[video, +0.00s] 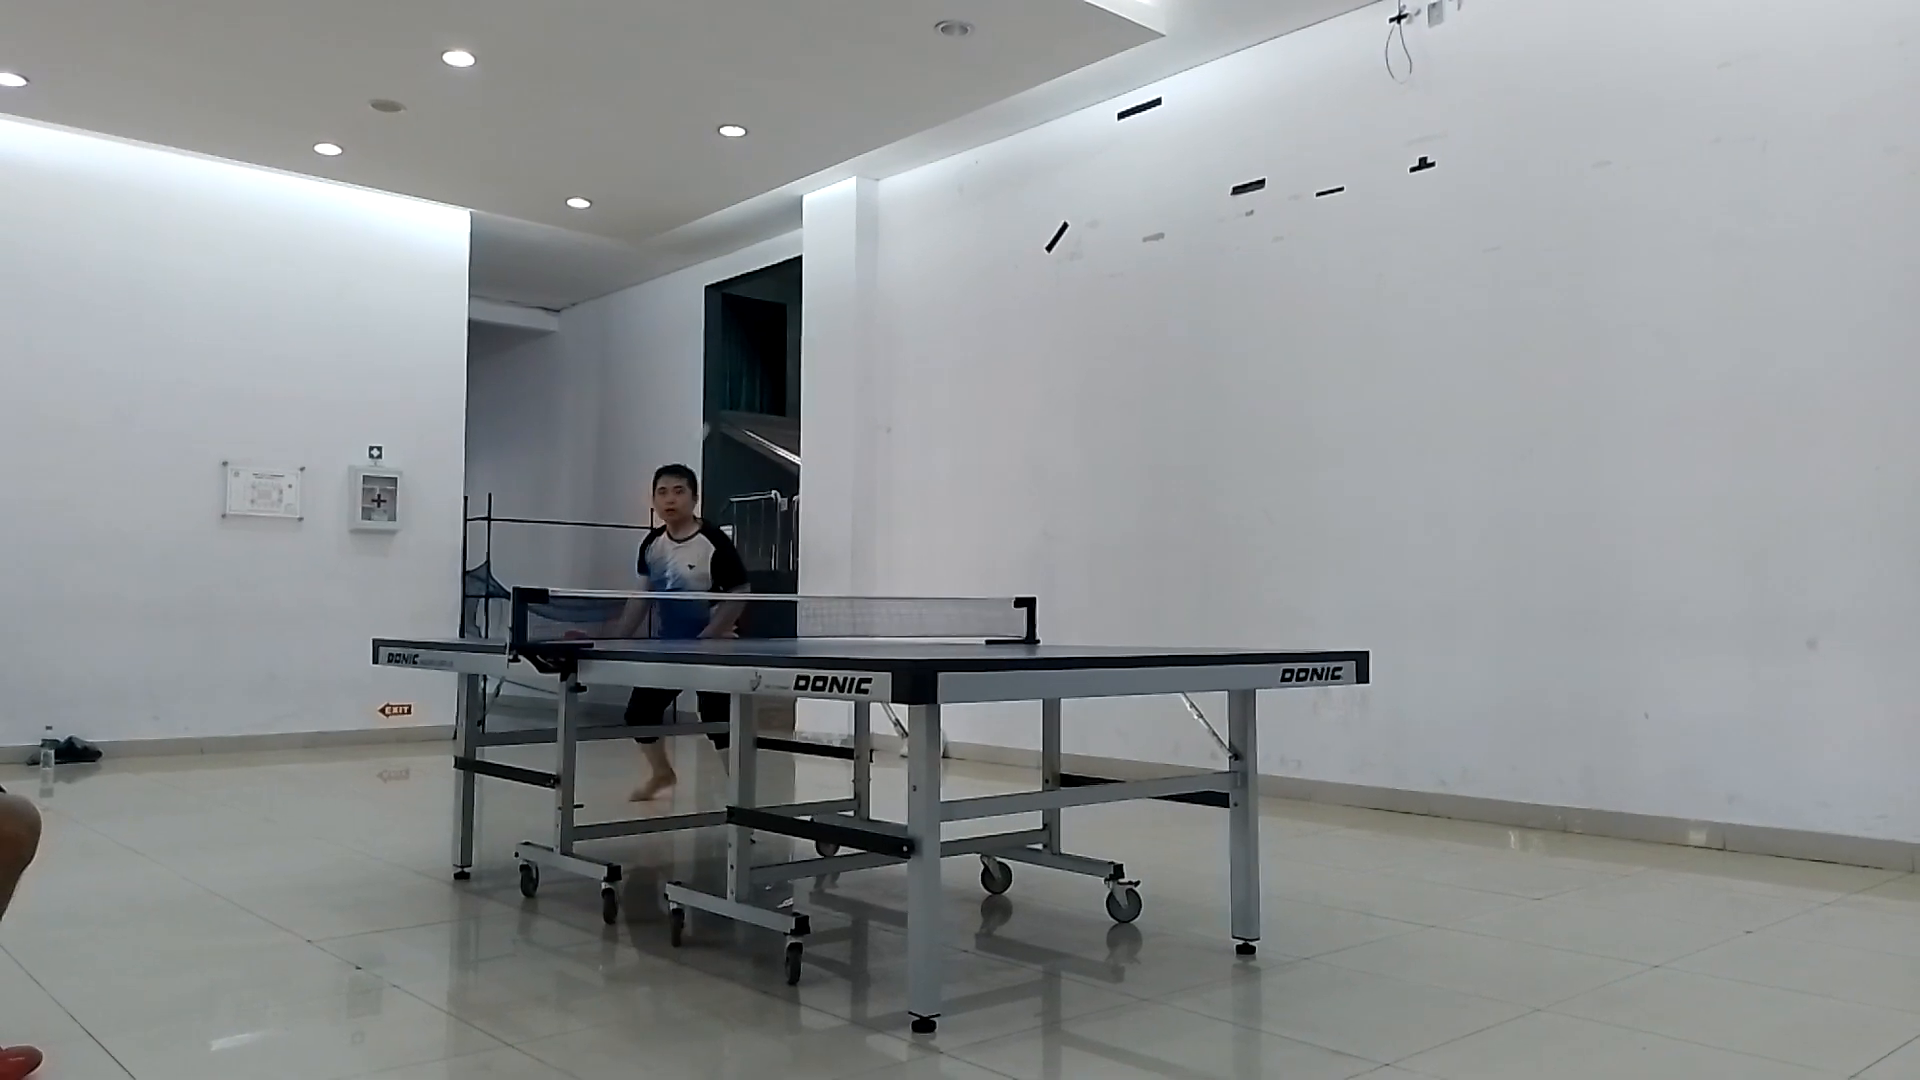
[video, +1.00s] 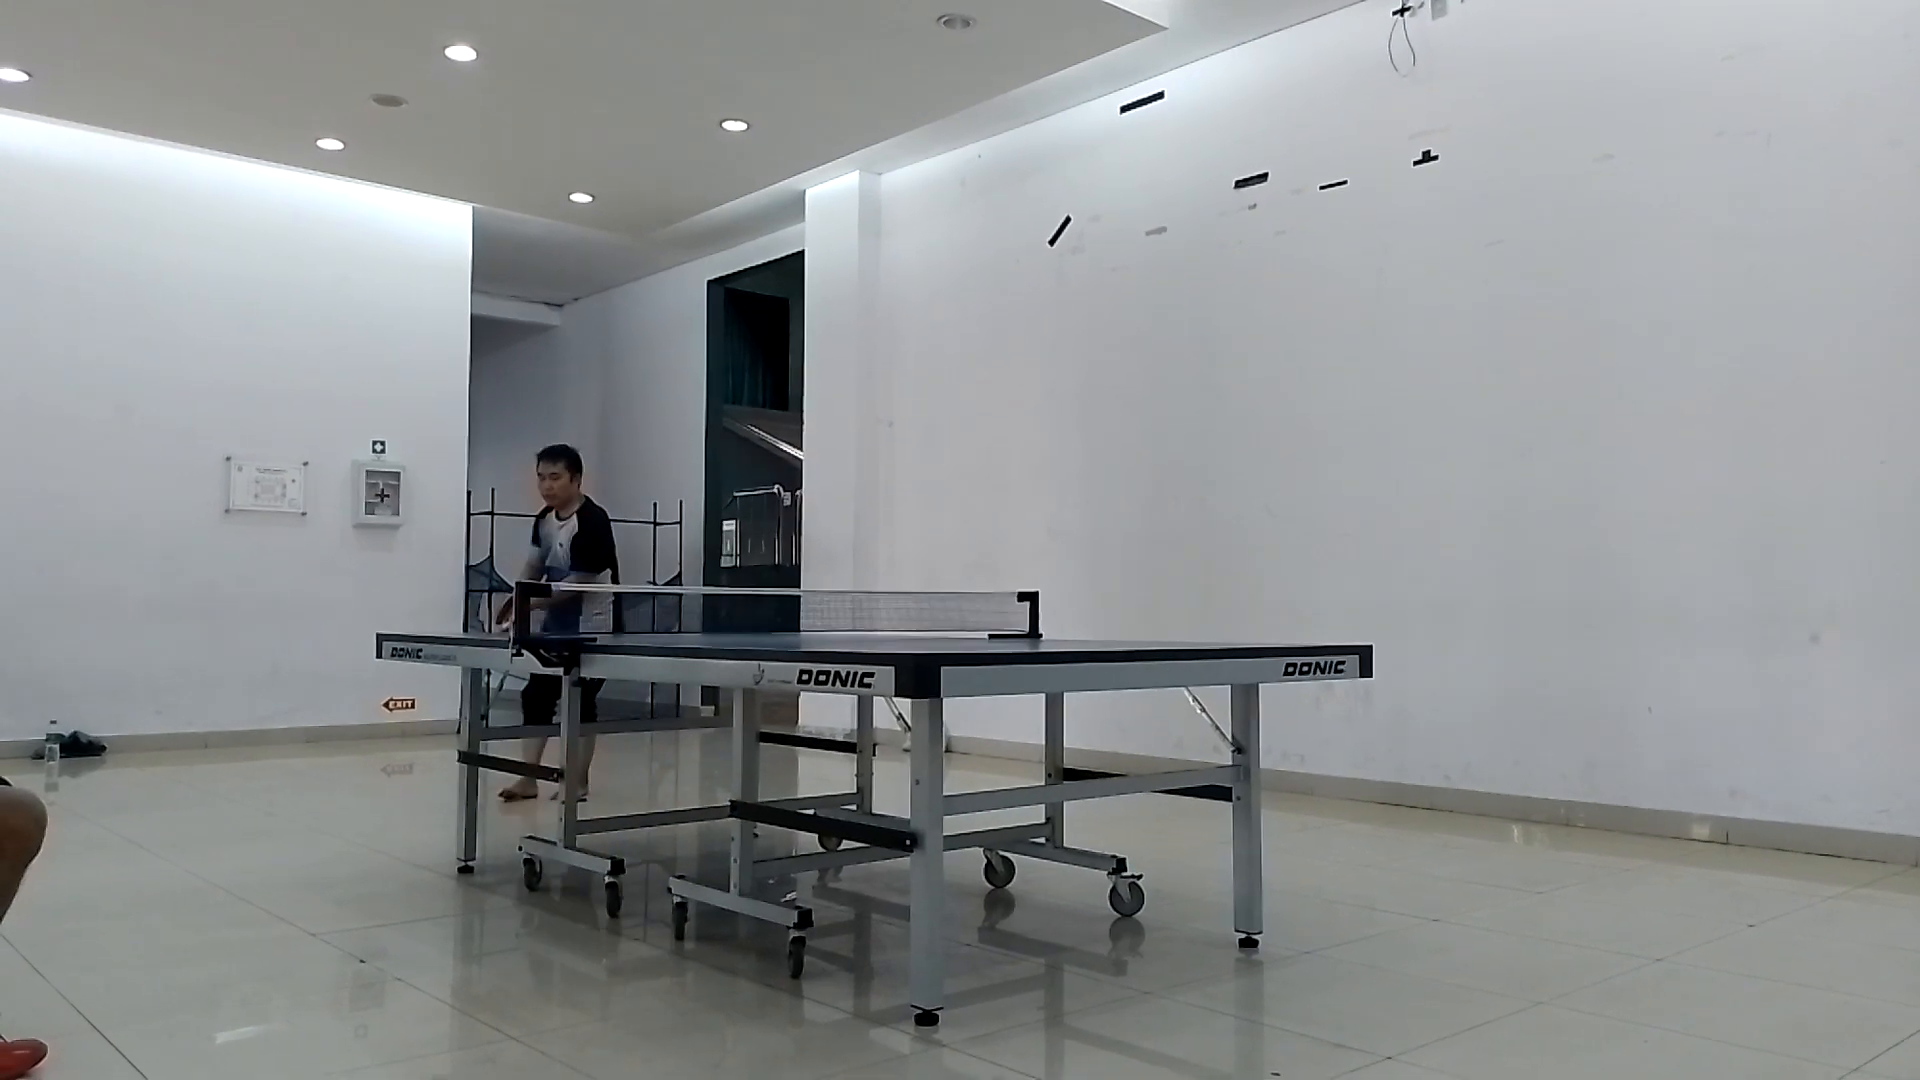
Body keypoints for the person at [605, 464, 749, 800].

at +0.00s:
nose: (670, 498)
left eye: (678, 491)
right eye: (662, 492)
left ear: (694, 498)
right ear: (654, 500)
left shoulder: (714, 540)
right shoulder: (652, 544)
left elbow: (740, 594)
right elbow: (642, 595)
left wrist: (707, 637)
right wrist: (620, 634)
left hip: (713, 648)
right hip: (668, 646)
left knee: (716, 720)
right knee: (639, 716)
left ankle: (741, 789)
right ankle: (662, 772)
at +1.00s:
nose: (545, 485)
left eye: (554, 477)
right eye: (541, 477)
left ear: (576, 479)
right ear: (537, 480)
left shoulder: (593, 521)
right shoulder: (544, 521)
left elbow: (579, 584)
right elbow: (532, 570)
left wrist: (533, 605)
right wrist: (510, 605)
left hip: (594, 629)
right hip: (557, 625)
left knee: (581, 703)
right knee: (535, 697)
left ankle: (578, 780)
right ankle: (528, 777)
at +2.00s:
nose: (554, 474)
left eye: (561, 466)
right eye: (544, 466)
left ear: (571, 471)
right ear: (527, 471)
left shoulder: (586, 523)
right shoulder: (504, 510)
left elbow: (598, 584)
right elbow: (462, 559)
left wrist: (611, 593)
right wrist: (491, 568)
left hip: (564, 633)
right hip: (515, 630)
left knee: (561, 717)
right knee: (491, 713)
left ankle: (548, 791)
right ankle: (471, 796)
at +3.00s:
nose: (573, 525)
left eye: (581, 516)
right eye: (564, 516)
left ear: (590, 517)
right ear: (547, 516)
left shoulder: (603, 562)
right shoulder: (523, 539)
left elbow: (617, 615)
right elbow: (463, 573)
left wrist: (625, 620)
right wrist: (495, 558)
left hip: (575, 660)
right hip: (519, 657)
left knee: (606, 720)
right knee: (491, 725)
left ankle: (591, 794)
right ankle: (468, 799)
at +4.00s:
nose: (580, 494)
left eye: (587, 485)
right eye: (571, 485)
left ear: (594, 486)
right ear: (550, 485)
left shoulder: (597, 533)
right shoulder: (522, 511)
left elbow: (603, 593)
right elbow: (472, 546)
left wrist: (615, 622)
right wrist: (479, 570)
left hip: (576, 645)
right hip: (524, 642)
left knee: (600, 716)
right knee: (490, 723)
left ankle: (592, 791)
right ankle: (466, 796)